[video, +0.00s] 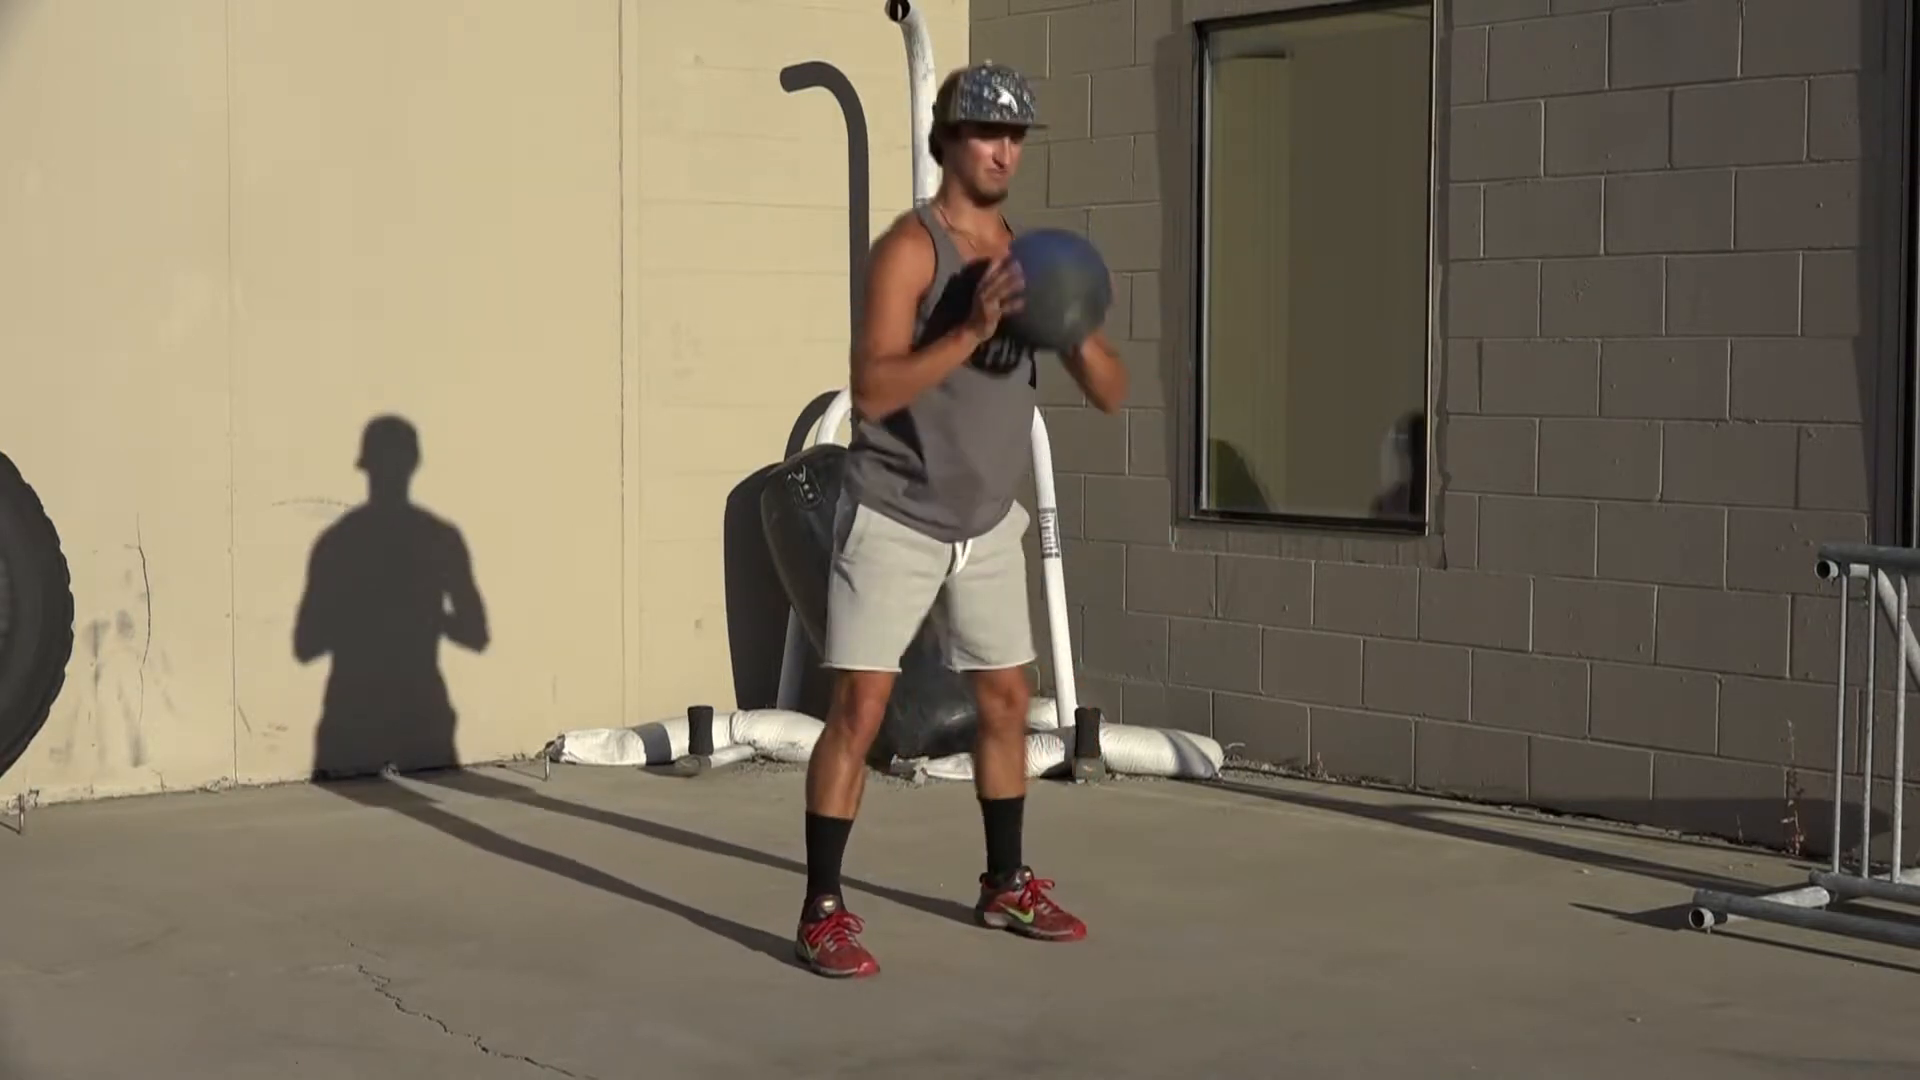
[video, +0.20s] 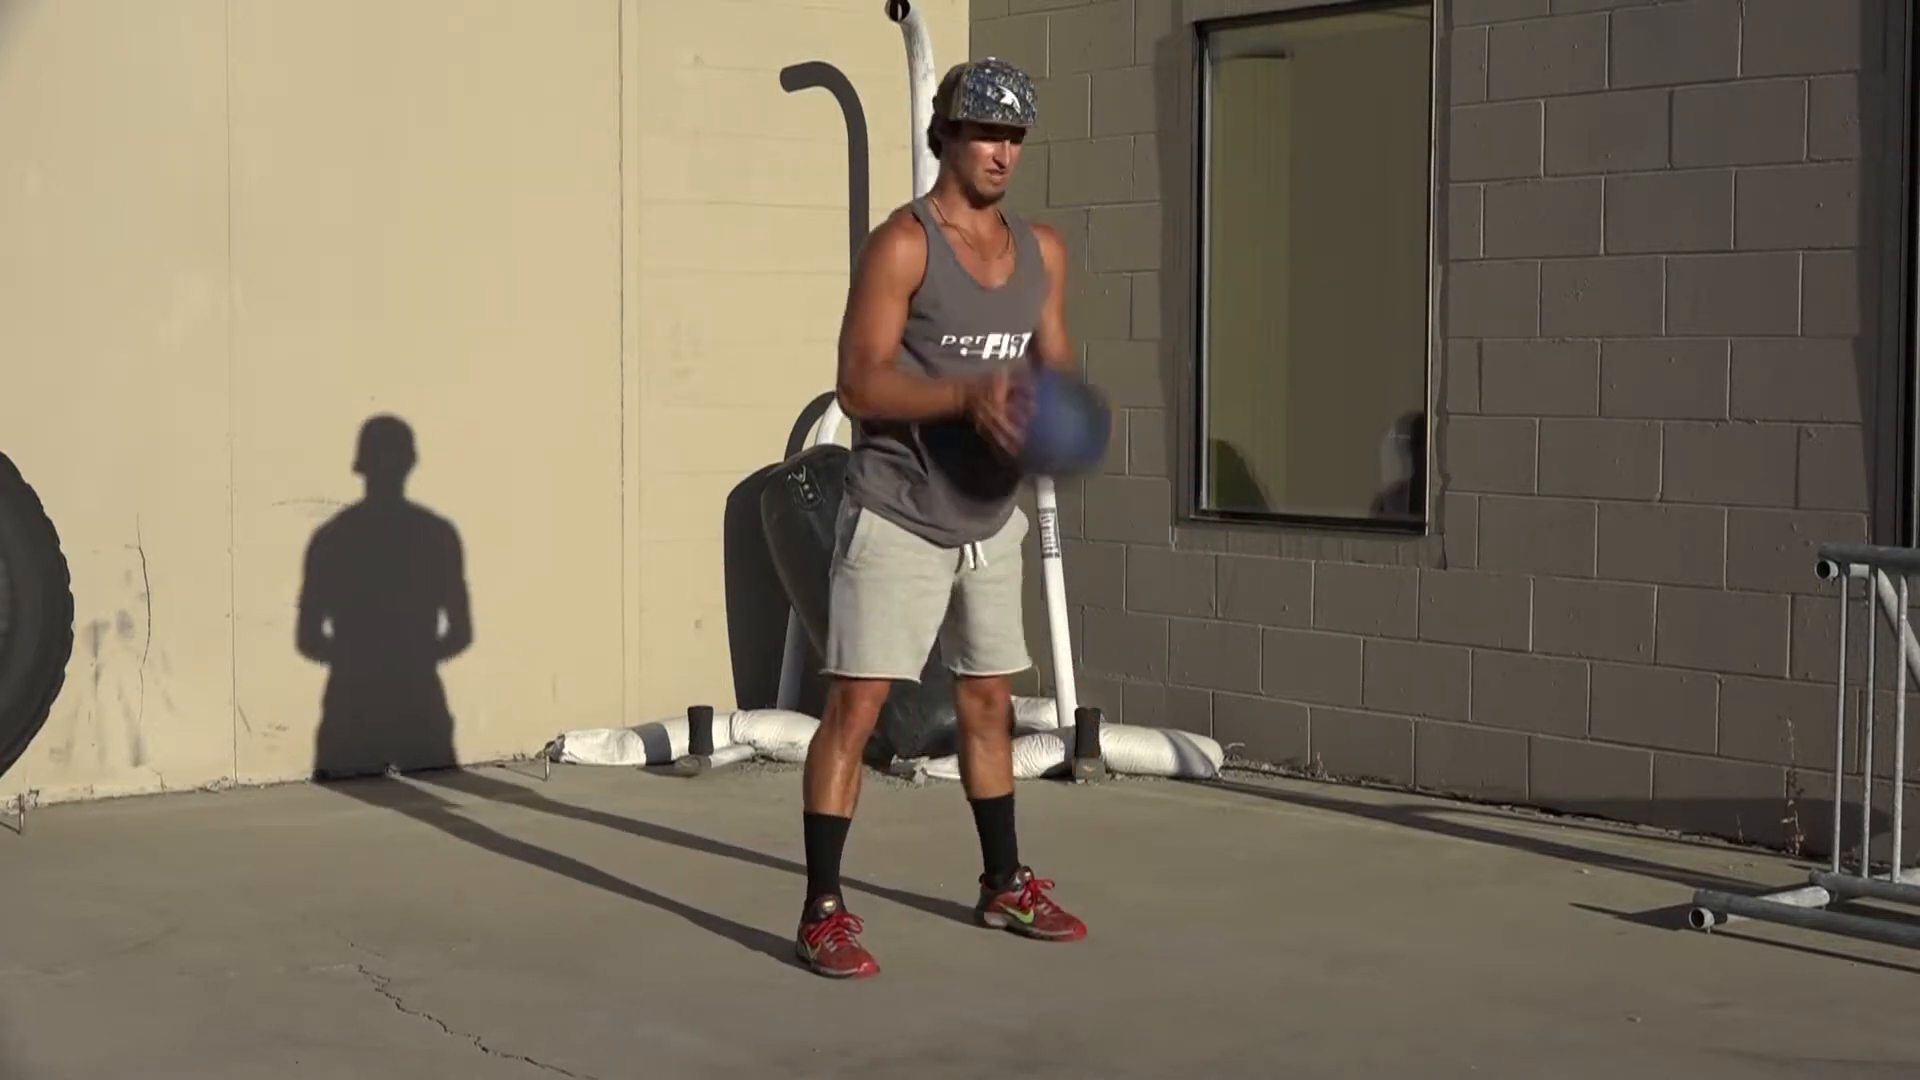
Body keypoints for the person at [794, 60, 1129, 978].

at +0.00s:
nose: (1001, 150)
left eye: (1012, 137)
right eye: (983, 134)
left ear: (1024, 151)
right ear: (945, 143)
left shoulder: (1030, 258)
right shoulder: (906, 251)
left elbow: (1112, 393)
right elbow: (871, 393)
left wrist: (1066, 314)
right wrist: (973, 330)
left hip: (992, 522)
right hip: (894, 517)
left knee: (1004, 700)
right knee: (860, 710)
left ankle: (1006, 886)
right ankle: (822, 910)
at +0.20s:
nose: (997, 153)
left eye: (1011, 139)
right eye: (980, 135)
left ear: (1024, 149)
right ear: (943, 139)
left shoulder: (1041, 249)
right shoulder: (901, 245)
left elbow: (1054, 371)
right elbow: (859, 385)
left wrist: (1061, 416)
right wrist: (966, 393)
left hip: (994, 513)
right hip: (899, 507)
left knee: (988, 698)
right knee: (859, 702)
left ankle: (1004, 886)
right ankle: (823, 910)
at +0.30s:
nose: (1010, 166)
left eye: (1022, 151)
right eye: (993, 149)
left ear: (1032, 159)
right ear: (953, 150)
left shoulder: (1044, 260)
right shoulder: (905, 256)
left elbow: (1058, 398)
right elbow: (870, 401)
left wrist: (1070, 490)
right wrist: (966, 467)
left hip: (987, 515)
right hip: (888, 513)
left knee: (996, 698)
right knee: (857, 706)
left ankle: (1005, 887)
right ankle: (822, 910)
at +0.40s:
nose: (1028, 201)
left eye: (1039, 185)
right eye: (1011, 183)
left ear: (1047, 192)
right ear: (967, 183)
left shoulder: (1052, 296)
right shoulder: (912, 288)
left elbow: (1060, 443)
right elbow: (888, 448)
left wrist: (1065, 560)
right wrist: (963, 548)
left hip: (966, 527)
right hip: (869, 521)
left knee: (1006, 695)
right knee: (854, 706)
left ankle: (1006, 886)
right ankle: (820, 909)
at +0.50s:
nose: (1039, 257)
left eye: (1051, 242)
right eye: (1023, 239)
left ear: (1061, 250)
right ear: (981, 240)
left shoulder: (1057, 350)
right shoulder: (920, 342)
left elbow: (1059, 503)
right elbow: (915, 510)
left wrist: (1058, 638)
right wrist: (959, 634)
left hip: (953, 526)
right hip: (851, 525)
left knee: (1019, 682)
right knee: (853, 706)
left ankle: (1007, 882)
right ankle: (821, 910)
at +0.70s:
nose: (1058, 392)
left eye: (1069, 376)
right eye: (1043, 373)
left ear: (1078, 384)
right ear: (999, 377)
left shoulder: (1066, 477)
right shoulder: (930, 471)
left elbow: (1056, 630)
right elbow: (933, 634)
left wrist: (1049, 773)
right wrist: (953, 769)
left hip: (953, 587)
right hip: (841, 576)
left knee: (1034, 711)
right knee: (861, 719)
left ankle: (1012, 886)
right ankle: (822, 911)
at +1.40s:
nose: (1051, 314)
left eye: (1063, 298)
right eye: (1033, 297)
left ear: (1076, 312)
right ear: (997, 308)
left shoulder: (1081, 419)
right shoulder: (942, 413)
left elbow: (1057, 557)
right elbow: (909, 566)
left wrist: (1041, 685)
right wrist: (947, 698)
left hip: (958, 576)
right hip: (855, 566)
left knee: (1049, 708)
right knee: (873, 717)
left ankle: (1008, 884)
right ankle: (823, 912)